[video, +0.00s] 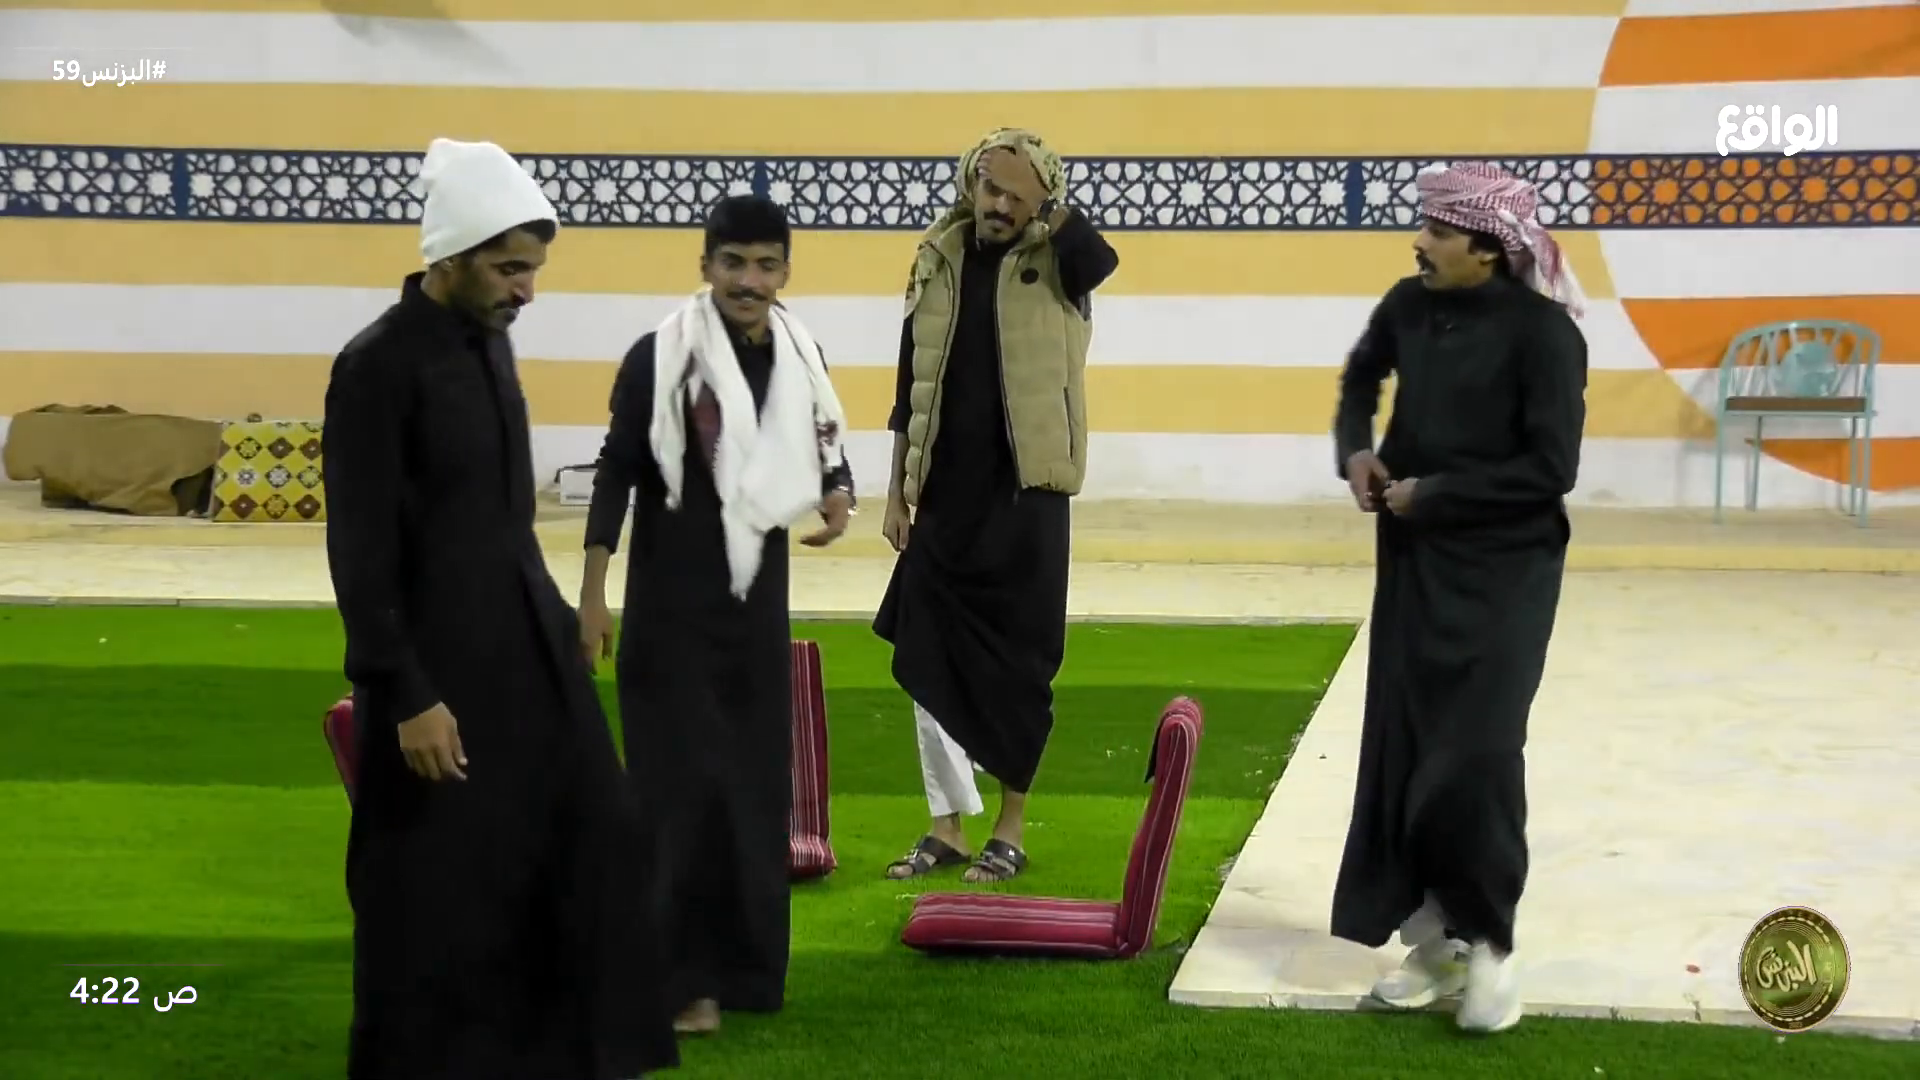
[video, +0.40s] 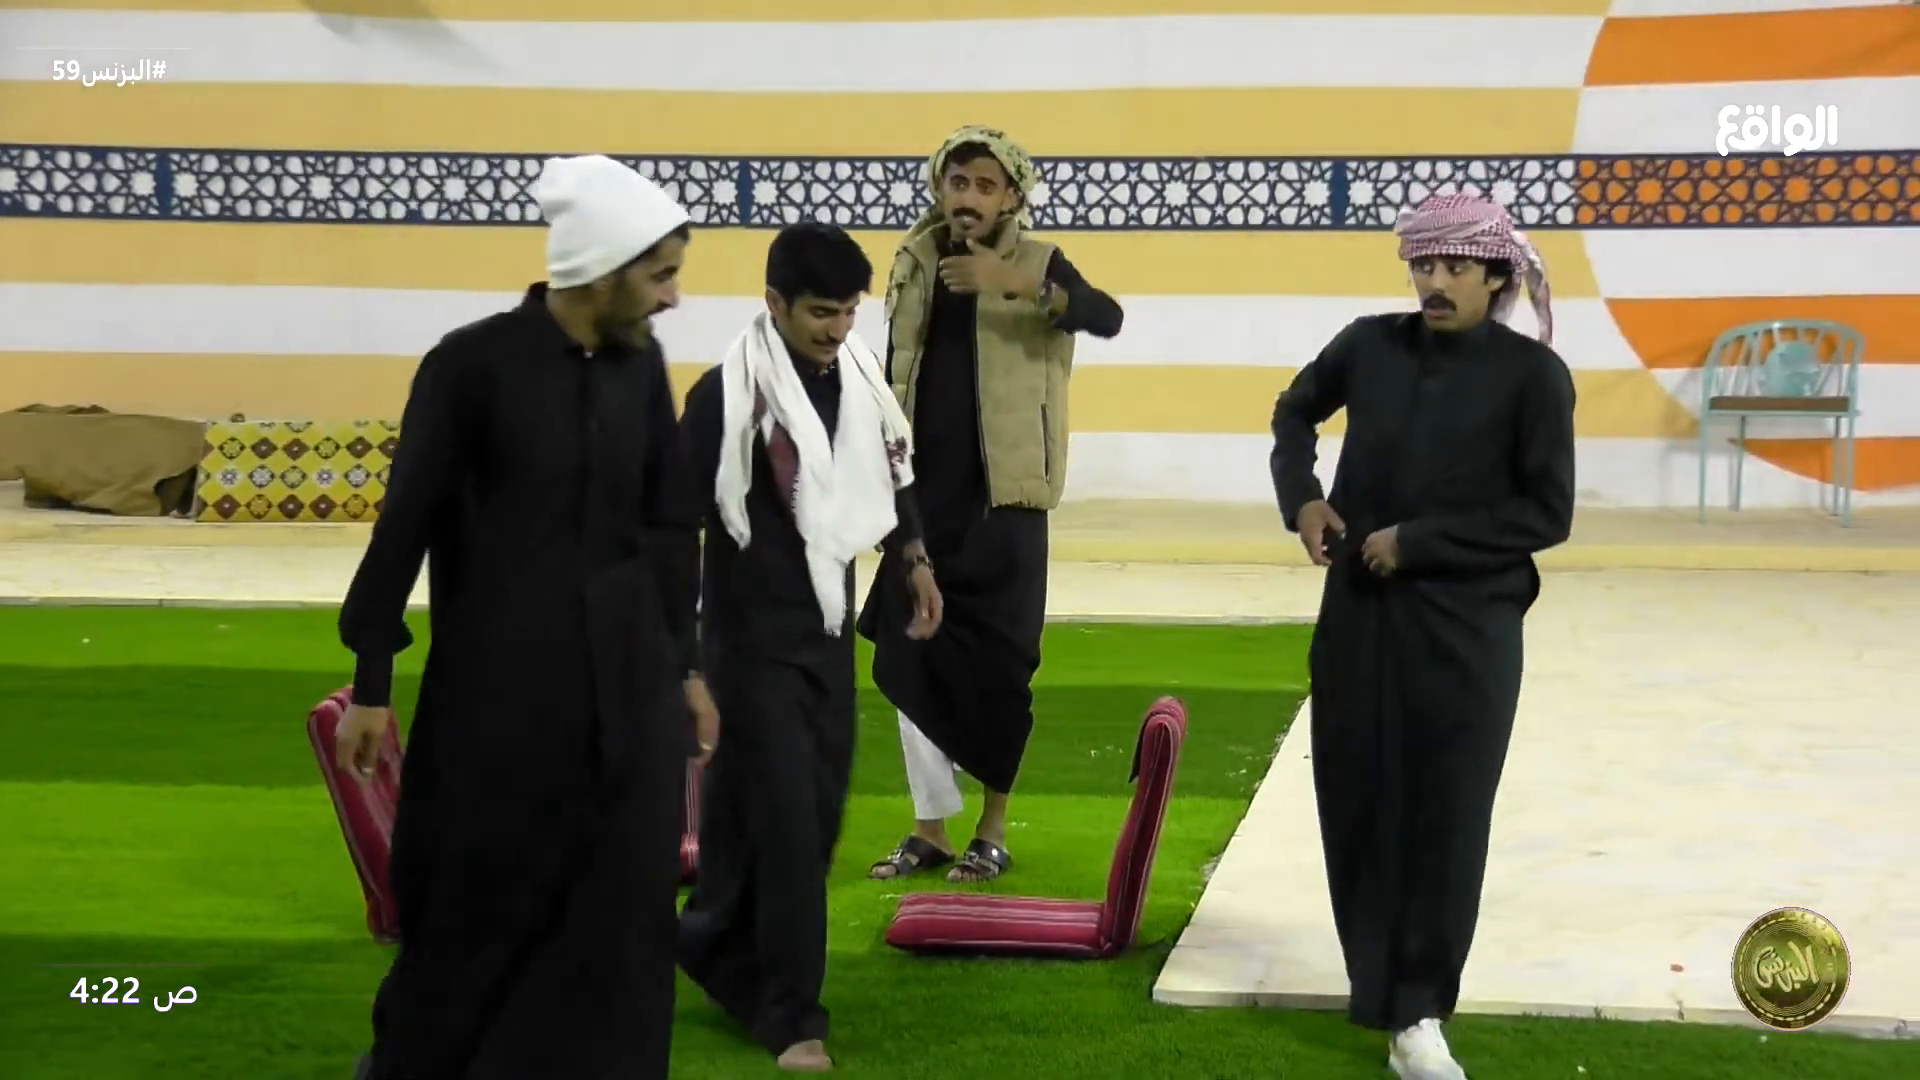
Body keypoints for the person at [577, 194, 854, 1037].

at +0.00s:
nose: (750, 279)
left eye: (767, 265)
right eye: (733, 263)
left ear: (786, 272)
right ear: (705, 266)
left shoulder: (796, 353)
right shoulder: (658, 354)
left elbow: (824, 443)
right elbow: (615, 473)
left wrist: (835, 492)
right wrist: (593, 588)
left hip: (757, 600)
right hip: (671, 602)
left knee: (753, 779)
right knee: (680, 781)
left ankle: (742, 972)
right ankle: (685, 983)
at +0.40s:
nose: (838, 327)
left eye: (848, 311)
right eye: (820, 314)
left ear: (860, 301)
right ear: (775, 302)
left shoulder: (860, 374)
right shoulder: (726, 394)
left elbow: (886, 478)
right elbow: (678, 536)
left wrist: (913, 555)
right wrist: (686, 667)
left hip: (831, 636)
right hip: (752, 641)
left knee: (816, 813)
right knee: (786, 813)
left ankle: (719, 944)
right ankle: (795, 1020)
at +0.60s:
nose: (869, 331)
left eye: (880, 314)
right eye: (851, 316)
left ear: (892, 304)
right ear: (805, 300)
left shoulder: (888, 367)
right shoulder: (750, 389)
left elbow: (905, 493)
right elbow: (726, 527)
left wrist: (907, 586)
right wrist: (760, 634)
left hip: (879, 633)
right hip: (789, 638)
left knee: (890, 814)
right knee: (783, 825)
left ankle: (849, 992)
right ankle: (775, 1020)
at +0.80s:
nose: (922, 347)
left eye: (934, 331)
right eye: (904, 330)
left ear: (943, 324)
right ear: (854, 314)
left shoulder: (942, 410)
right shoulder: (796, 406)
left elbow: (972, 548)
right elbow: (754, 538)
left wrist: (967, 666)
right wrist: (809, 628)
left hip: (922, 674)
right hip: (813, 676)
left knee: (931, 860)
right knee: (799, 851)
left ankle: (946, 1045)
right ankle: (774, 1016)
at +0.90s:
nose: (966, 343)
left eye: (979, 327)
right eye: (949, 326)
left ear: (991, 319)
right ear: (900, 308)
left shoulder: (978, 390)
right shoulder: (839, 397)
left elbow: (978, 512)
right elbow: (792, 538)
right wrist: (808, 656)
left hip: (961, 668)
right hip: (864, 670)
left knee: (963, 863)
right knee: (850, 853)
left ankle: (944, 1052)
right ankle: (794, 1009)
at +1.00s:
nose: (993, 341)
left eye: (1007, 325)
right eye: (976, 323)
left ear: (1020, 314)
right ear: (928, 301)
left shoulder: (1010, 391)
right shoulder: (860, 385)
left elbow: (1028, 529)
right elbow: (809, 519)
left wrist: (1036, 647)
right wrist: (797, 647)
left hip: (981, 676)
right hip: (878, 670)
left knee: (976, 867)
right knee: (876, 861)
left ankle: (955, 1051)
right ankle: (843, 1039)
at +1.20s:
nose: (1029, 331)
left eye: (1044, 312)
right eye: (1009, 313)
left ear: (1062, 299)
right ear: (964, 295)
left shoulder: (1072, 372)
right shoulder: (904, 372)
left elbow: (1119, 514)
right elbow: (846, 509)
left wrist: (1167, 643)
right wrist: (800, 632)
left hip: (1029, 685)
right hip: (917, 683)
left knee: (996, 924)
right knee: (966, 920)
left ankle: (912, 1068)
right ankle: (974, 1073)